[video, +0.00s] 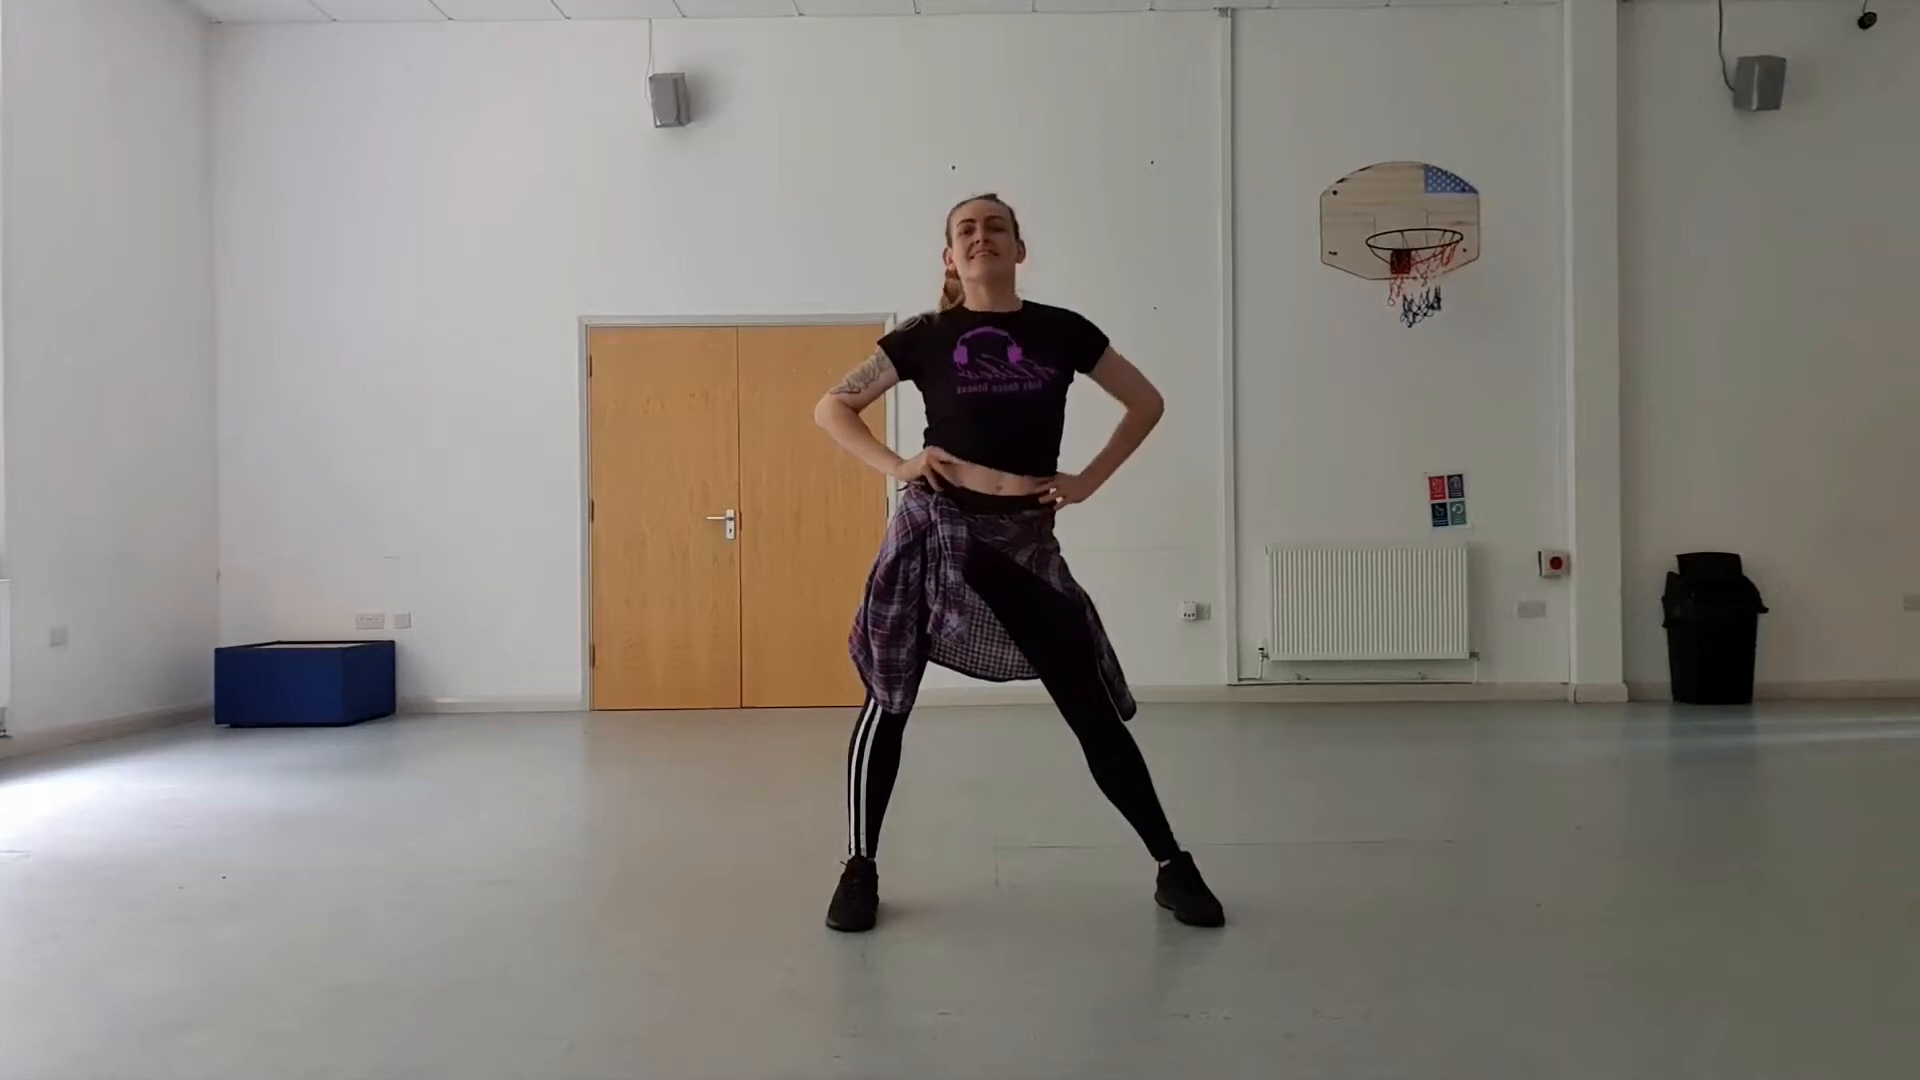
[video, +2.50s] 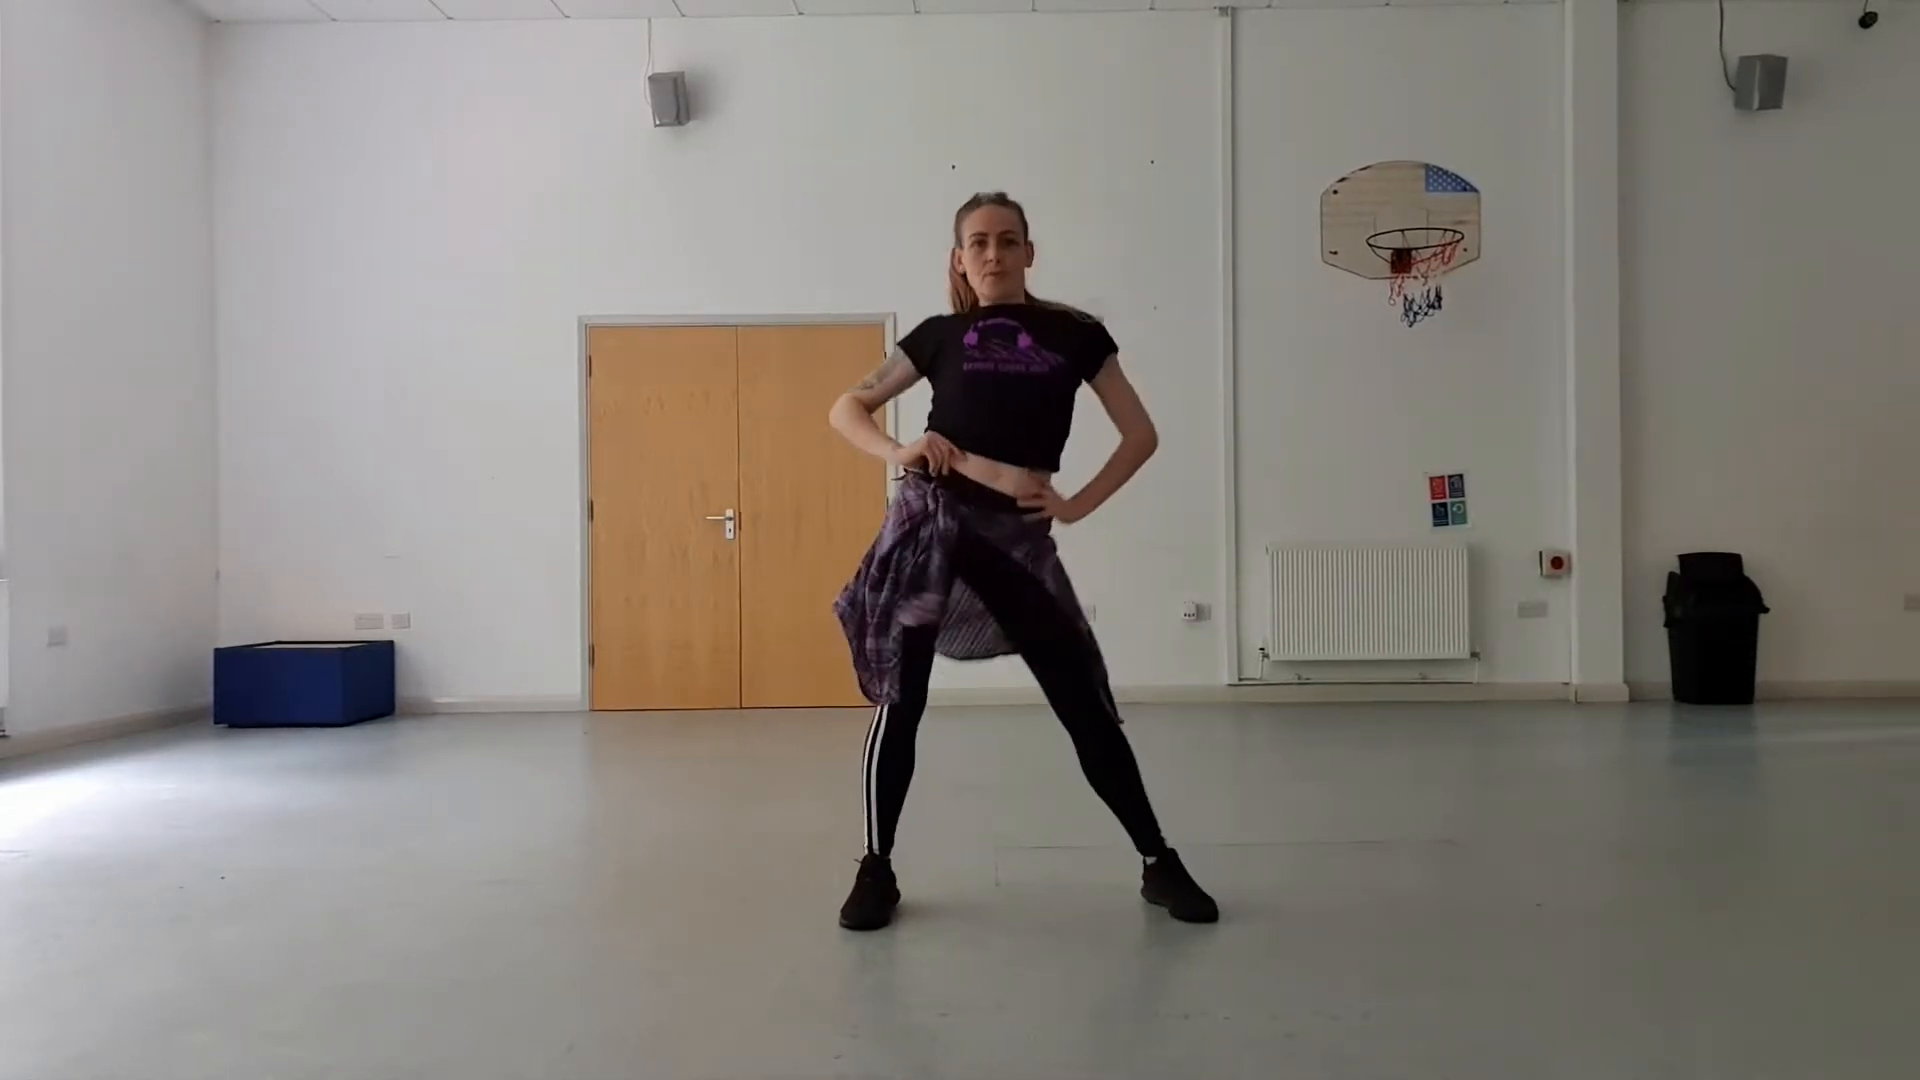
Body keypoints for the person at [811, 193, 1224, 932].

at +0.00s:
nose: (980, 238)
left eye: (994, 228)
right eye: (966, 231)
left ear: (1020, 250)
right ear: (948, 259)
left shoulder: (1062, 332)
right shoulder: (922, 339)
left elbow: (1146, 403)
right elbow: (832, 408)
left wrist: (1087, 481)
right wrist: (893, 464)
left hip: (1023, 541)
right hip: (931, 536)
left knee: (1091, 706)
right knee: (888, 701)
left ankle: (1174, 865)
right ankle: (859, 868)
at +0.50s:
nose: (974, 250)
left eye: (989, 239)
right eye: (961, 241)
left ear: (1015, 253)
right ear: (943, 261)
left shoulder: (1064, 329)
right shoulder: (928, 347)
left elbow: (1135, 421)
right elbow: (838, 418)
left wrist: (1080, 503)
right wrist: (897, 461)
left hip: (1020, 542)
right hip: (930, 533)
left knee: (1087, 707)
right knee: (886, 700)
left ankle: (1173, 865)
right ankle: (858, 867)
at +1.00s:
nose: (1031, 265)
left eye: (1046, 254)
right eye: (1018, 253)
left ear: (1067, 265)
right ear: (998, 262)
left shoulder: (1089, 345)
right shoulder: (958, 333)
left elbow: (1205, 388)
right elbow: (896, 425)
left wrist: (1136, 449)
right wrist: (951, 511)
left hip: (1107, 529)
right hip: (1021, 541)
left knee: (1149, 694)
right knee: (959, 711)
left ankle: (1180, 865)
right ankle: (888, 871)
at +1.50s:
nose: (980, 256)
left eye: (993, 243)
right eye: (966, 244)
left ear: (1013, 252)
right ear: (944, 255)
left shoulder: (1058, 334)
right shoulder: (924, 342)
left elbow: (1131, 427)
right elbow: (836, 420)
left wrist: (1069, 502)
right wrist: (884, 462)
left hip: (1012, 536)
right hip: (924, 530)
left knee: (1086, 705)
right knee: (901, 704)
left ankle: (1162, 865)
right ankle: (876, 869)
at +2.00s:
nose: (1042, 255)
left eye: (1057, 247)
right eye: (1030, 244)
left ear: (1076, 266)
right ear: (1007, 260)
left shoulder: (1097, 342)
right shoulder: (965, 333)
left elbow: (1206, 399)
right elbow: (908, 431)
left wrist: (1146, 452)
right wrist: (966, 508)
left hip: (1117, 533)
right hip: (1029, 541)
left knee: (1154, 699)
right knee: (962, 711)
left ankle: (1177, 862)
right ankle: (885, 868)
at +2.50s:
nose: (992, 253)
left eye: (1005, 241)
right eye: (978, 242)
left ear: (1029, 251)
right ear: (958, 258)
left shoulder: (1075, 335)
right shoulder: (939, 337)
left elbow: (1140, 436)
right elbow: (847, 409)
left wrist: (1080, 504)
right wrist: (894, 451)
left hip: (1017, 533)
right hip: (928, 524)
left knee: (1086, 704)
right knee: (901, 699)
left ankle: (1160, 863)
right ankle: (875, 867)